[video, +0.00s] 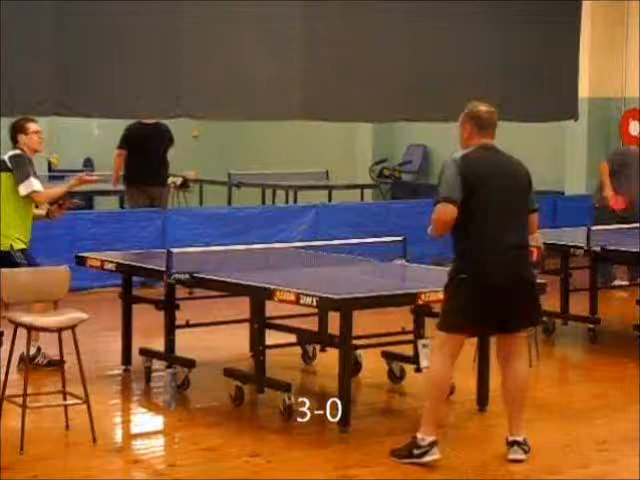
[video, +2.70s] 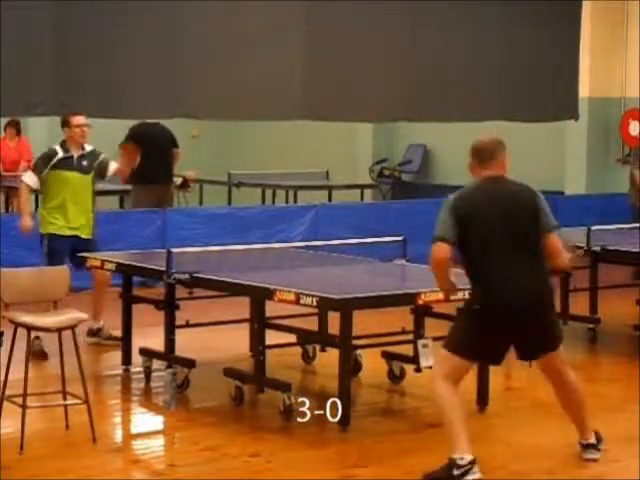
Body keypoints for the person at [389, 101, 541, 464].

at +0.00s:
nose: (458, 135)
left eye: (459, 128)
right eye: (460, 128)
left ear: (466, 128)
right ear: (494, 131)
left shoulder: (459, 165)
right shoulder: (518, 168)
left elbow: (447, 214)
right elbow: (532, 223)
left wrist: (436, 229)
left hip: (472, 277)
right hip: (515, 277)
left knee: (444, 354)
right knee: (513, 355)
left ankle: (426, 438)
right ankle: (517, 438)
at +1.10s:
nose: (449, 170)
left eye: (448, 165)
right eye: (451, 166)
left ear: (451, 163)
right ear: (482, 163)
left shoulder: (442, 191)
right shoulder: (507, 191)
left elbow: (417, 249)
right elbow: (532, 246)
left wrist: (436, 248)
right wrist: (503, 246)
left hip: (472, 282)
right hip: (516, 280)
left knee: (431, 362)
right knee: (527, 350)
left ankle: (435, 451)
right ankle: (539, 430)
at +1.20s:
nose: (466, 172)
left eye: (464, 166)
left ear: (465, 166)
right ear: (496, 168)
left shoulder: (448, 194)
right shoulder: (515, 199)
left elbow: (413, 244)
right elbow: (540, 255)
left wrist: (433, 253)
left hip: (468, 290)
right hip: (515, 289)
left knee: (427, 365)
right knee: (533, 349)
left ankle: (435, 451)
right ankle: (552, 420)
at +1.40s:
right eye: (530, 175)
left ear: (499, 173)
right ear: (530, 175)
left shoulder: (482, 197)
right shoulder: (542, 209)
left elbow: (442, 227)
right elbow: (561, 263)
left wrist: (440, 260)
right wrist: (575, 276)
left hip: (488, 293)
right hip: (535, 293)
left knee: (449, 362)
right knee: (550, 354)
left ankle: (434, 448)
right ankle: (561, 421)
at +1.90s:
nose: (509, 159)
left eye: (510, 153)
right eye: (512, 153)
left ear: (514, 153)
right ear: (542, 153)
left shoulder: (518, 182)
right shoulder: (560, 185)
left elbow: (498, 224)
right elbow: (564, 231)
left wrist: (478, 256)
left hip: (535, 275)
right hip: (571, 274)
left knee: (501, 349)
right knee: (563, 344)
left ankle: (491, 440)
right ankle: (568, 420)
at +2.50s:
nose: (478, 187)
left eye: (478, 182)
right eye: (481, 182)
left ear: (482, 181)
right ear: (512, 181)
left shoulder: (482, 214)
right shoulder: (539, 212)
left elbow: (467, 265)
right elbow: (572, 264)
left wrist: (445, 292)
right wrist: (557, 293)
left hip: (511, 309)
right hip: (556, 304)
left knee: (458, 373)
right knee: (560, 361)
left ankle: (468, 461)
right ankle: (587, 437)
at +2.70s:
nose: (503, 167)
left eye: (473, 166)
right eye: (504, 161)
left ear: (472, 166)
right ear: (504, 162)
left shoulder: (458, 202)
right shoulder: (529, 196)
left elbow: (439, 257)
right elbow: (558, 258)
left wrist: (447, 290)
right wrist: (529, 262)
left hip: (487, 305)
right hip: (534, 303)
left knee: (444, 378)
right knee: (558, 371)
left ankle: (462, 459)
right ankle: (588, 439)